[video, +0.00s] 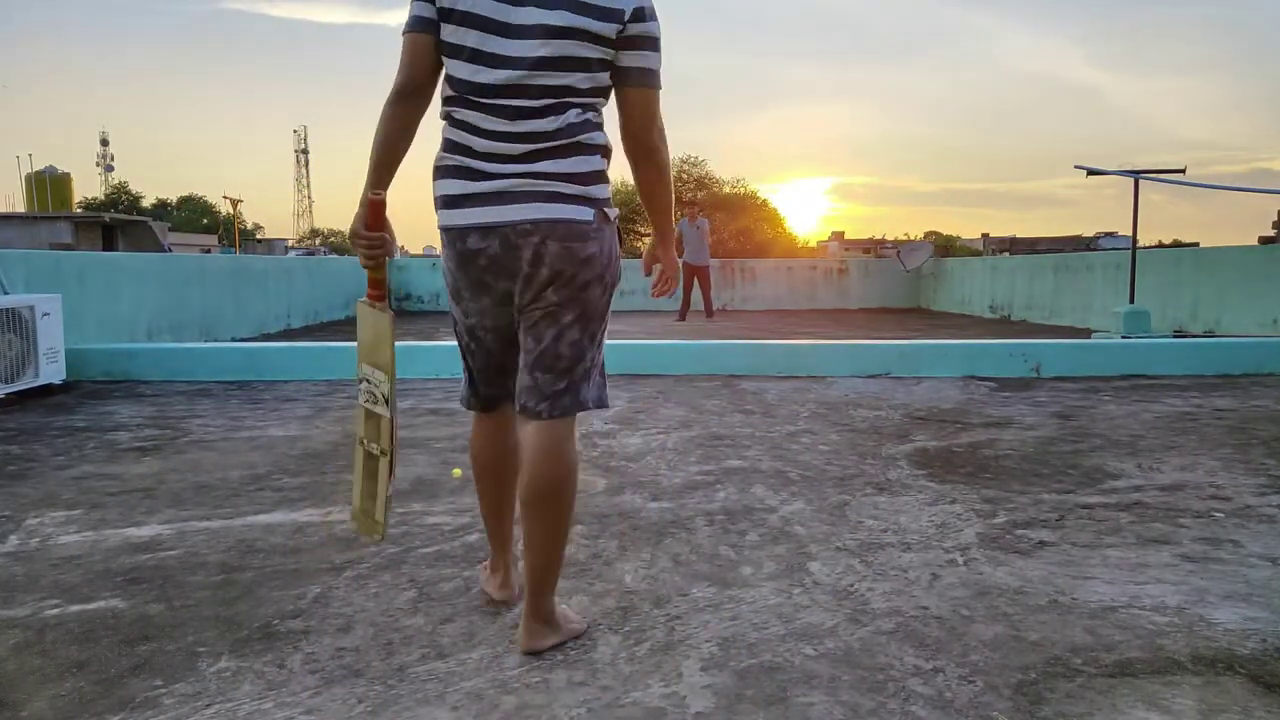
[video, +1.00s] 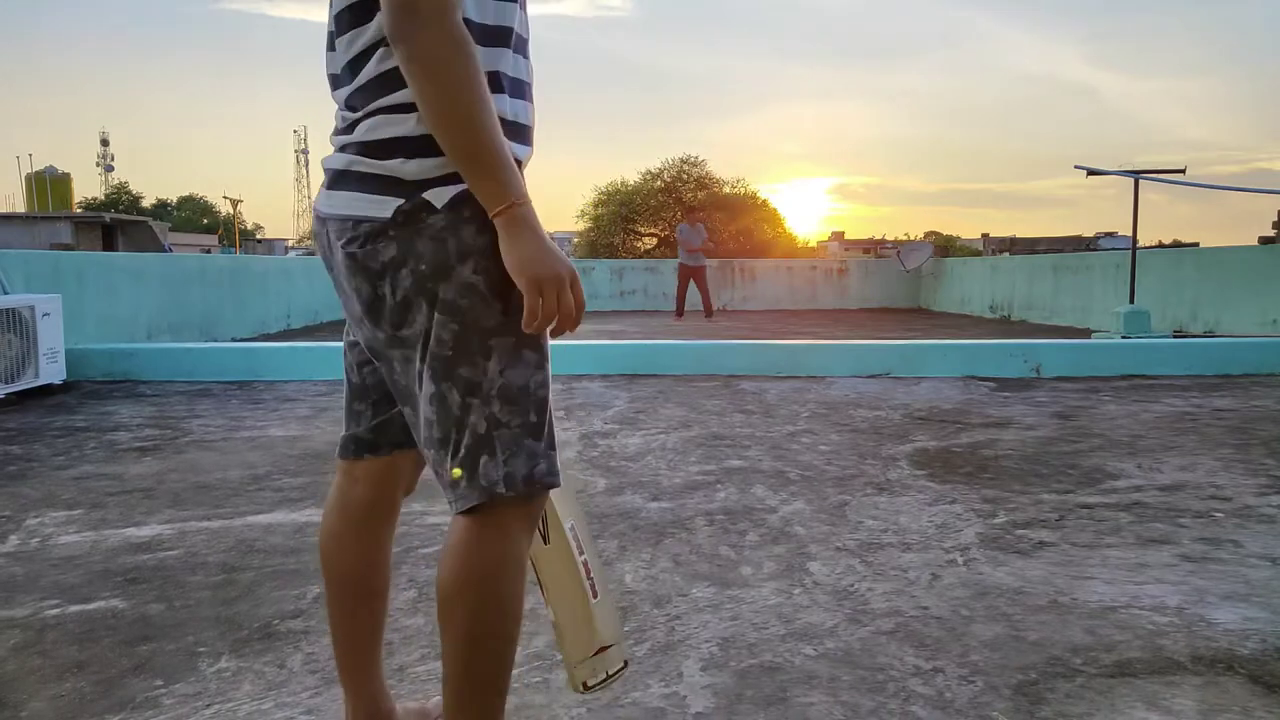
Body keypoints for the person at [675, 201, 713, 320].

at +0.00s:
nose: (691, 211)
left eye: (693, 208)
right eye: (689, 208)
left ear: (698, 209)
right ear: (686, 210)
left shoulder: (703, 222)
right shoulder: (682, 223)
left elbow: (707, 239)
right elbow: (677, 239)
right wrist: (681, 251)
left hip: (702, 261)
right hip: (688, 260)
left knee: (706, 291)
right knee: (686, 291)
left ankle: (709, 315)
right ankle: (682, 315)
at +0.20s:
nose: (692, 214)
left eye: (695, 211)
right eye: (690, 211)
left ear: (699, 212)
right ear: (687, 211)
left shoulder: (704, 225)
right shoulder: (683, 225)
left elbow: (707, 243)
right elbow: (681, 242)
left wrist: (708, 260)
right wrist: (679, 259)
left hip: (704, 262)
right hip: (689, 261)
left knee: (707, 292)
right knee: (687, 292)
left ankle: (710, 316)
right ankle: (682, 316)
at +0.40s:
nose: (693, 218)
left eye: (696, 216)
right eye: (692, 216)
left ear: (700, 218)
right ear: (690, 217)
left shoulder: (707, 231)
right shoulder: (686, 229)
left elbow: (705, 250)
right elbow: (687, 248)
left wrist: (700, 265)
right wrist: (689, 265)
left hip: (706, 263)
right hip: (691, 264)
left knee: (709, 292)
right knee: (688, 292)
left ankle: (710, 315)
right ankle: (682, 316)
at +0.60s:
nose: (699, 219)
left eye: (701, 217)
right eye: (696, 217)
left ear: (704, 217)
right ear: (693, 217)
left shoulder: (710, 229)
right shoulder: (688, 229)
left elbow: (712, 245)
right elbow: (687, 247)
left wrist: (707, 256)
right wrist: (695, 257)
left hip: (707, 264)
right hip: (692, 264)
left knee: (710, 291)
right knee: (687, 291)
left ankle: (710, 315)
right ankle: (681, 315)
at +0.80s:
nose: (700, 218)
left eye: (702, 215)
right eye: (698, 215)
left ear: (705, 216)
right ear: (694, 216)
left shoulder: (710, 229)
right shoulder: (688, 229)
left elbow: (713, 244)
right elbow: (687, 244)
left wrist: (710, 257)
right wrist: (687, 257)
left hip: (705, 263)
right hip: (690, 263)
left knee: (709, 290)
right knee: (683, 289)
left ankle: (710, 315)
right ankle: (679, 314)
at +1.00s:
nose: (693, 218)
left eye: (694, 215)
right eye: (691, 215)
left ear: (697, 215)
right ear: (686, 216)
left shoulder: (700, 227)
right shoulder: (681, 228)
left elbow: (705, 241)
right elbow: (684, 247)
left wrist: (708, 245)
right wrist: (702, 248)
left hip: (699, 264)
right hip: (685, 263)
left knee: (704, 290)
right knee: (681, 291)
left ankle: (709, 314)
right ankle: (678, 314)